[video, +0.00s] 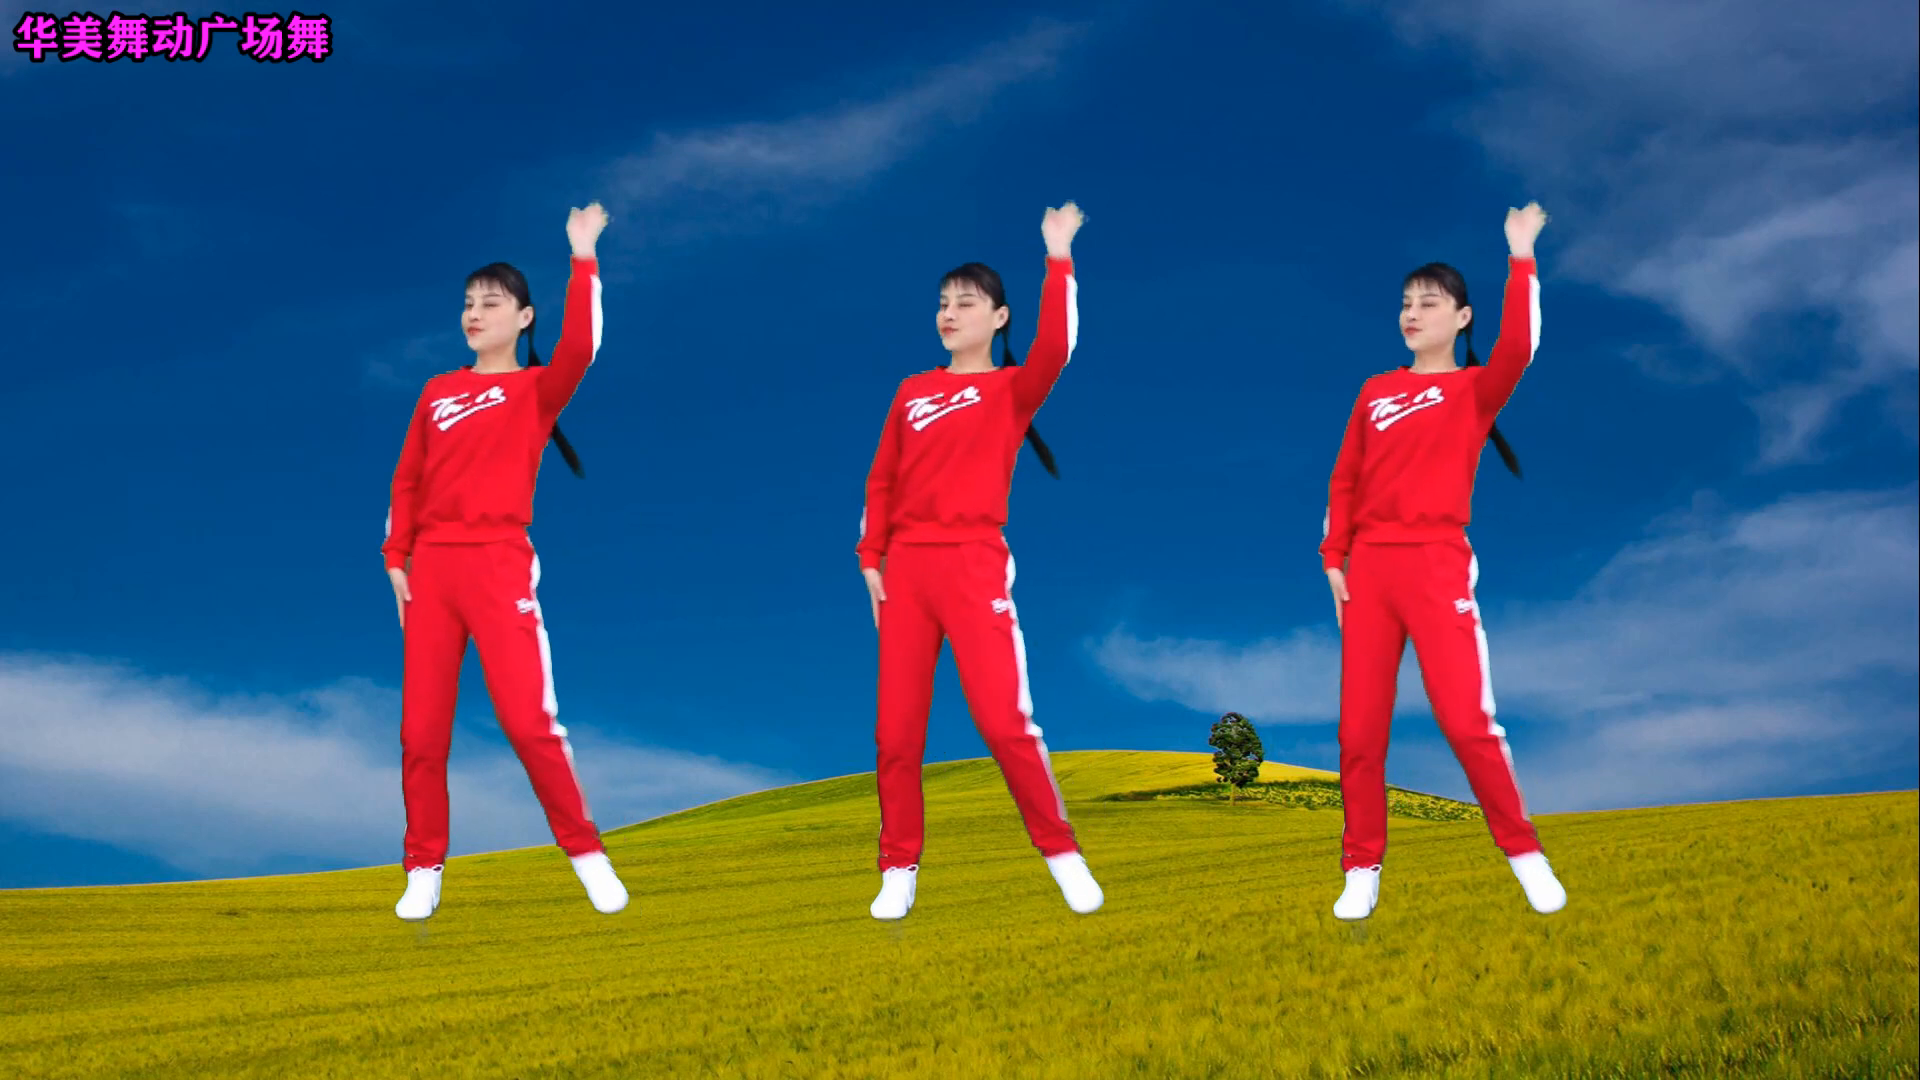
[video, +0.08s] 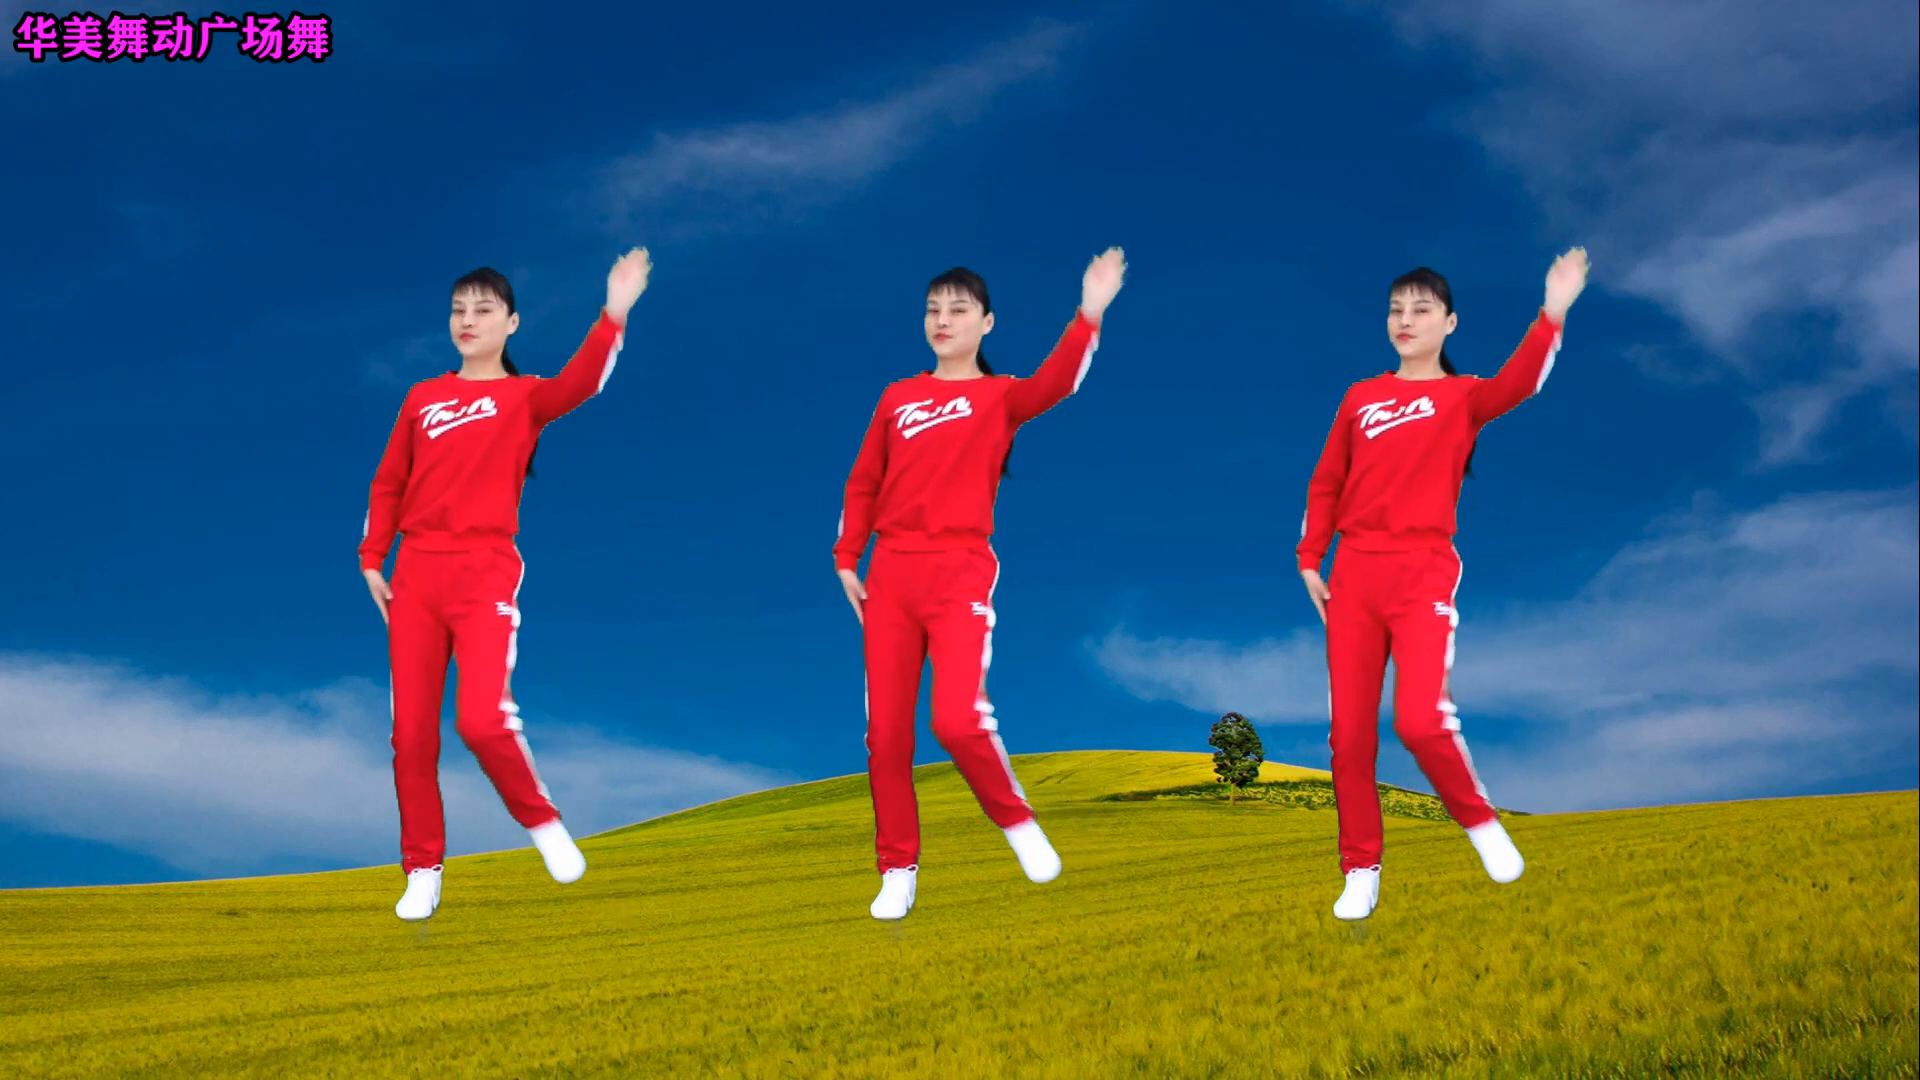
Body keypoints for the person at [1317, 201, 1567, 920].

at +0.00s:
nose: (1412, 313)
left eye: (1427, 304)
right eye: (1407, 305)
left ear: (1461, 317)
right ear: (1400, 320)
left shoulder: (1476, 388)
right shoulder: (1375, 391)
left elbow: (1518, 340)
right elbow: (1344, 479)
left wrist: (1522, 252)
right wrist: (1334, 558)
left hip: (1438, 563)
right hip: (1368, 568)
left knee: (1466, 720)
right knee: (1359, 733)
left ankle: (1523, 850)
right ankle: (1362, 866)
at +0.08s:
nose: (1407, 317)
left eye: (1421, 307)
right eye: (1398, 308)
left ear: (1447, 323)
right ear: (1388, 324)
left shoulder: (1465, 394)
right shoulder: (1360, 398)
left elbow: (1519, 382)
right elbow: (1327, 482)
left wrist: (1552, 311)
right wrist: (1309, 559)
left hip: (1425, 570)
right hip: (1355, 570)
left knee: (1418, 720)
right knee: (1351, 728)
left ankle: (1480, 822)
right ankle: (1360, 863)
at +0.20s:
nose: (1396, 332)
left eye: (1410, 321)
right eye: (1385, 322)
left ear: (1432, 333)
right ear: (1372, 334)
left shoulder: (1455, 408)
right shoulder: (1344, 407)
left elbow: (1517, 437)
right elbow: (1304, 489)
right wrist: (1271, 562)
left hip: (1413, 580)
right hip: (1340, 577)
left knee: (1365, 715)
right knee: (1329, 733)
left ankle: (1418, 796)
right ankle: (1358, 867)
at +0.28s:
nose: (1390, 327)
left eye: (1403, 316)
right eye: (1379, 318)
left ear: (1425, 326)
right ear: (1366, 330)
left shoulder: (1452, 405)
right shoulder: (1336, 400)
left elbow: (1504, 461)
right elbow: (1284, 470)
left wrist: (1559, 510)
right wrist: (1240, 535)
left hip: (1410, 575)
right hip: (1337, 571)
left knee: (1356, 709)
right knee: (1328, 723)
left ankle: (1398, 801)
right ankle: (1357, 864)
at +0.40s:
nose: (1383, 309)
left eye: (1395, 298)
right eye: (1371, 301)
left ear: (1417, 308)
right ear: (1357, 313)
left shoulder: (1444, 389)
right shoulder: (1331, 377)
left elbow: (1478, 475)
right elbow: (1258, 425)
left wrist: (1509, 557)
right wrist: (1190, 474)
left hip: (1408, 560)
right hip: (1335, 558)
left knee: (1375, 714)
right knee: (1340, 719)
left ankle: (1394, 839)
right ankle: (1358, 862)